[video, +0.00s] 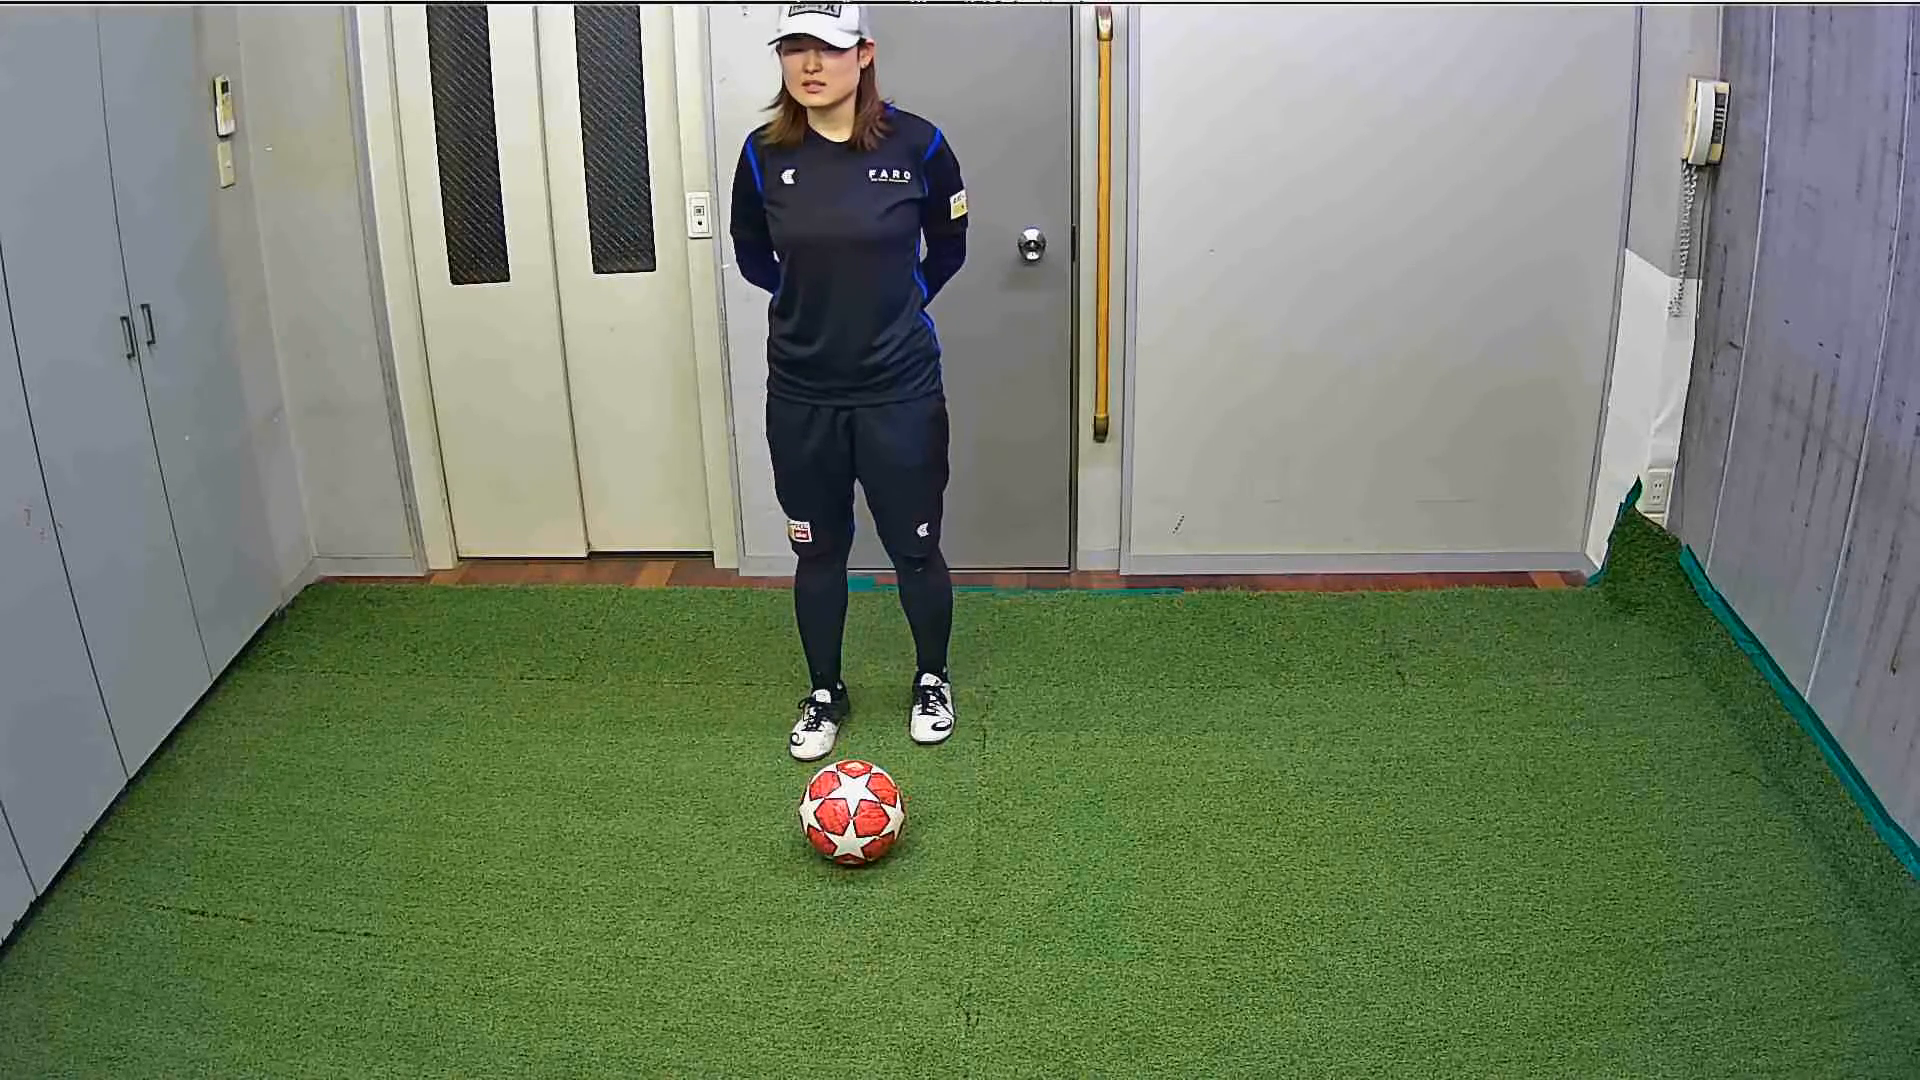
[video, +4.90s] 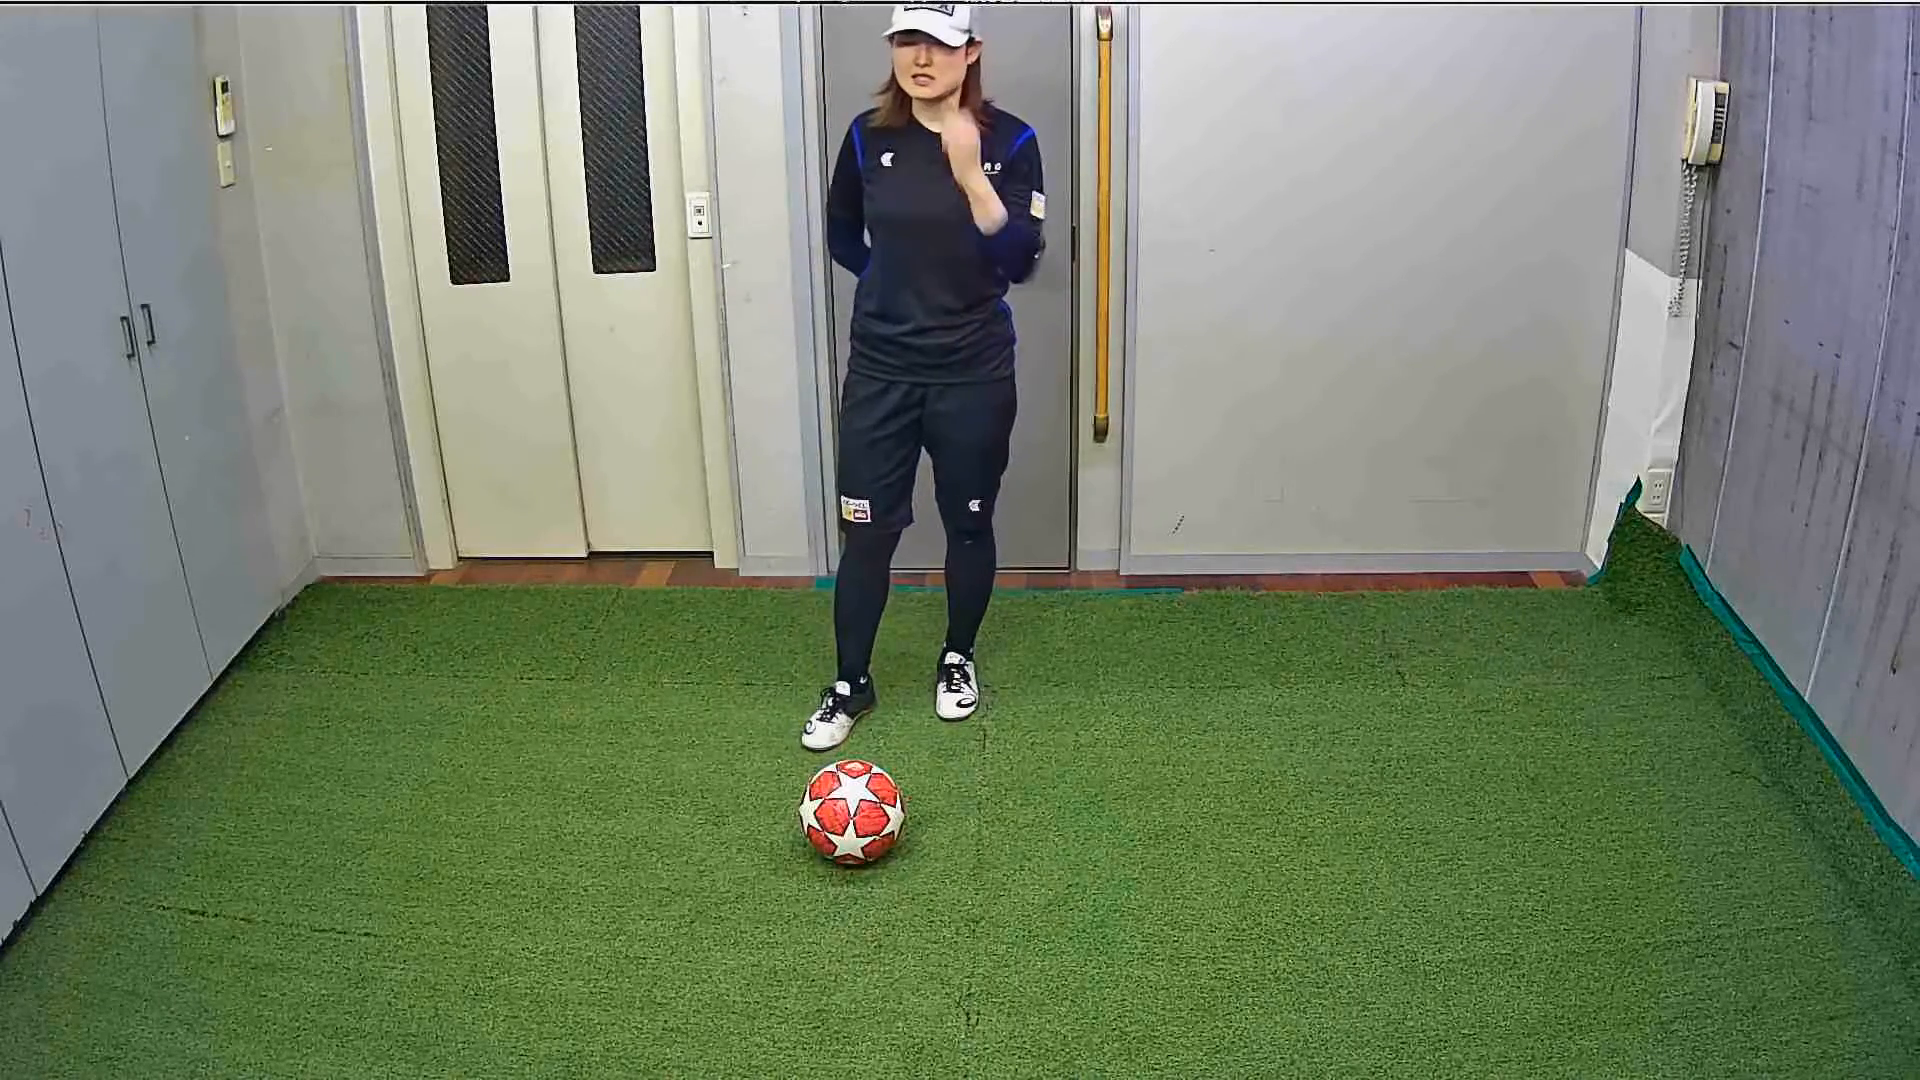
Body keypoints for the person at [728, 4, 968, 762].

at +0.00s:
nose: (809, 64)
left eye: (826, 49)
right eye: (796, 51)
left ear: (864, 56)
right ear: (781, 64)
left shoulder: (918, 145)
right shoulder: (762, 155)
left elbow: (950, 248)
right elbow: (750, 253)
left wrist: (894, 302)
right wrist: (810, 291)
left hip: (899, 385)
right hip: (801, 387)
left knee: (916, 548)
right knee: (814, 547)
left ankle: (931, 681)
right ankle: (825, 694)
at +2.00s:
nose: (787, 71)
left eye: (804, 55)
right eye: (773, 56)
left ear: (841, 59)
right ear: (759, 66)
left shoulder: (899, 145)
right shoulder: (743, 160)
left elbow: (932, 248)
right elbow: (731, 260)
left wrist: (875, 302)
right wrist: (794, 297)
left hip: (888, 388)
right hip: (788, 393)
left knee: (909, 549)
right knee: (809, 551)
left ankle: (932, 681)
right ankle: (824, 695)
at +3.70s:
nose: (839, 62)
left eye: (855, 47)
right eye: (826, 49)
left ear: (891, 55)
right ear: (811, 64)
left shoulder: (947, 141)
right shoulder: (797, 151)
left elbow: (965, 245)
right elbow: (787, 258)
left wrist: (919, 301)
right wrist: (851, 289)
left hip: (928, 379)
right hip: (832, 382)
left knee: (940, 534)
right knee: (830, 540)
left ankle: (955, 658)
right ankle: (825, 694)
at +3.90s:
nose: (874, 60)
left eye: (891, 47)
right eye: (862, 48)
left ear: (927, 57)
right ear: (848, 60)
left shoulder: (980, 144)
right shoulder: (830, 147)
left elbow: (1017, 232)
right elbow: (810, 242)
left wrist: (1026, 329)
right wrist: (863, 285)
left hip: (952, 372)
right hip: (859, 373)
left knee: (954, 528)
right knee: (844, 533)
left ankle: (956, 662)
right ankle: (826, 694)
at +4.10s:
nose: (909, 62)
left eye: (925, 49)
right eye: (896, 48)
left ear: (957, 57)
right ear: (878, 59)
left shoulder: (1004, 138)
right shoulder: (855, 140)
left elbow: (1042, 257)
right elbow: (834, 238)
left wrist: (1024, 240)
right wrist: (886, 278)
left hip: (969, 363)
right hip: (875, 363)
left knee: (966, 522)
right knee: (856, 524)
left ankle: (957, 660)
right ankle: (840, 687)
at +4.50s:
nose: (929, 62)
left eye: (944, 47)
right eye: (917, 47)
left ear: (976, 54)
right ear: (901, 54)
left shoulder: (1015, 138)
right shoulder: (874, 134)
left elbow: (986, 242)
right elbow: (849, 238)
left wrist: (956, 146)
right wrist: (908, 275)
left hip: (976, 365)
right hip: (884, 361)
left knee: (970, 521)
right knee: (865, 523)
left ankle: (958, 662)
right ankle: (849, 684)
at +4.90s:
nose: (919, 57)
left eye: (936, 45)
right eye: (907, 43)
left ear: (969, 54)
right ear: (892, 52)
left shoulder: (1011, 141)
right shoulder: (867, 135)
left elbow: (1021, 263)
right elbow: (842, 240)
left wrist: (971, 179)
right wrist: (904, 276)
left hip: (973, 363)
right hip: (880, 361)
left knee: (969, 520)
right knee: (864, 524)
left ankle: (958, 659)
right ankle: (850, 683)